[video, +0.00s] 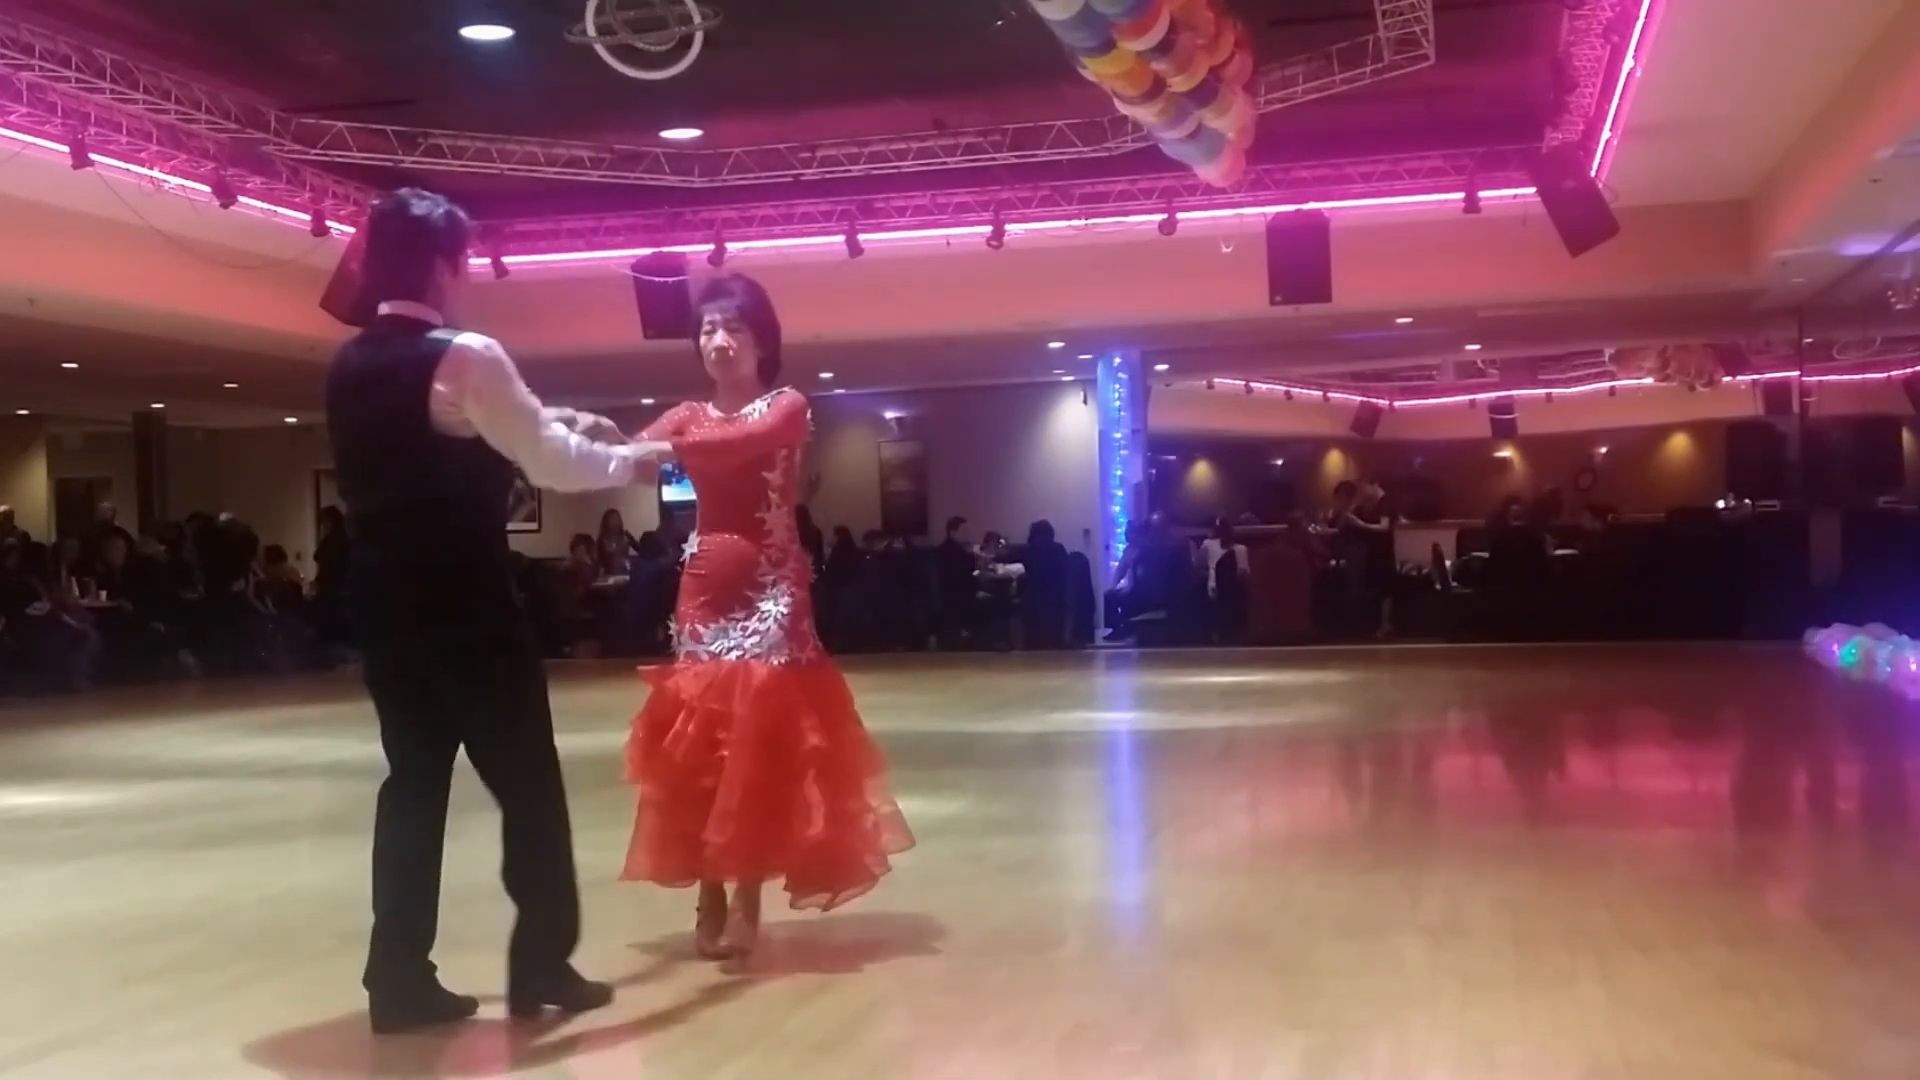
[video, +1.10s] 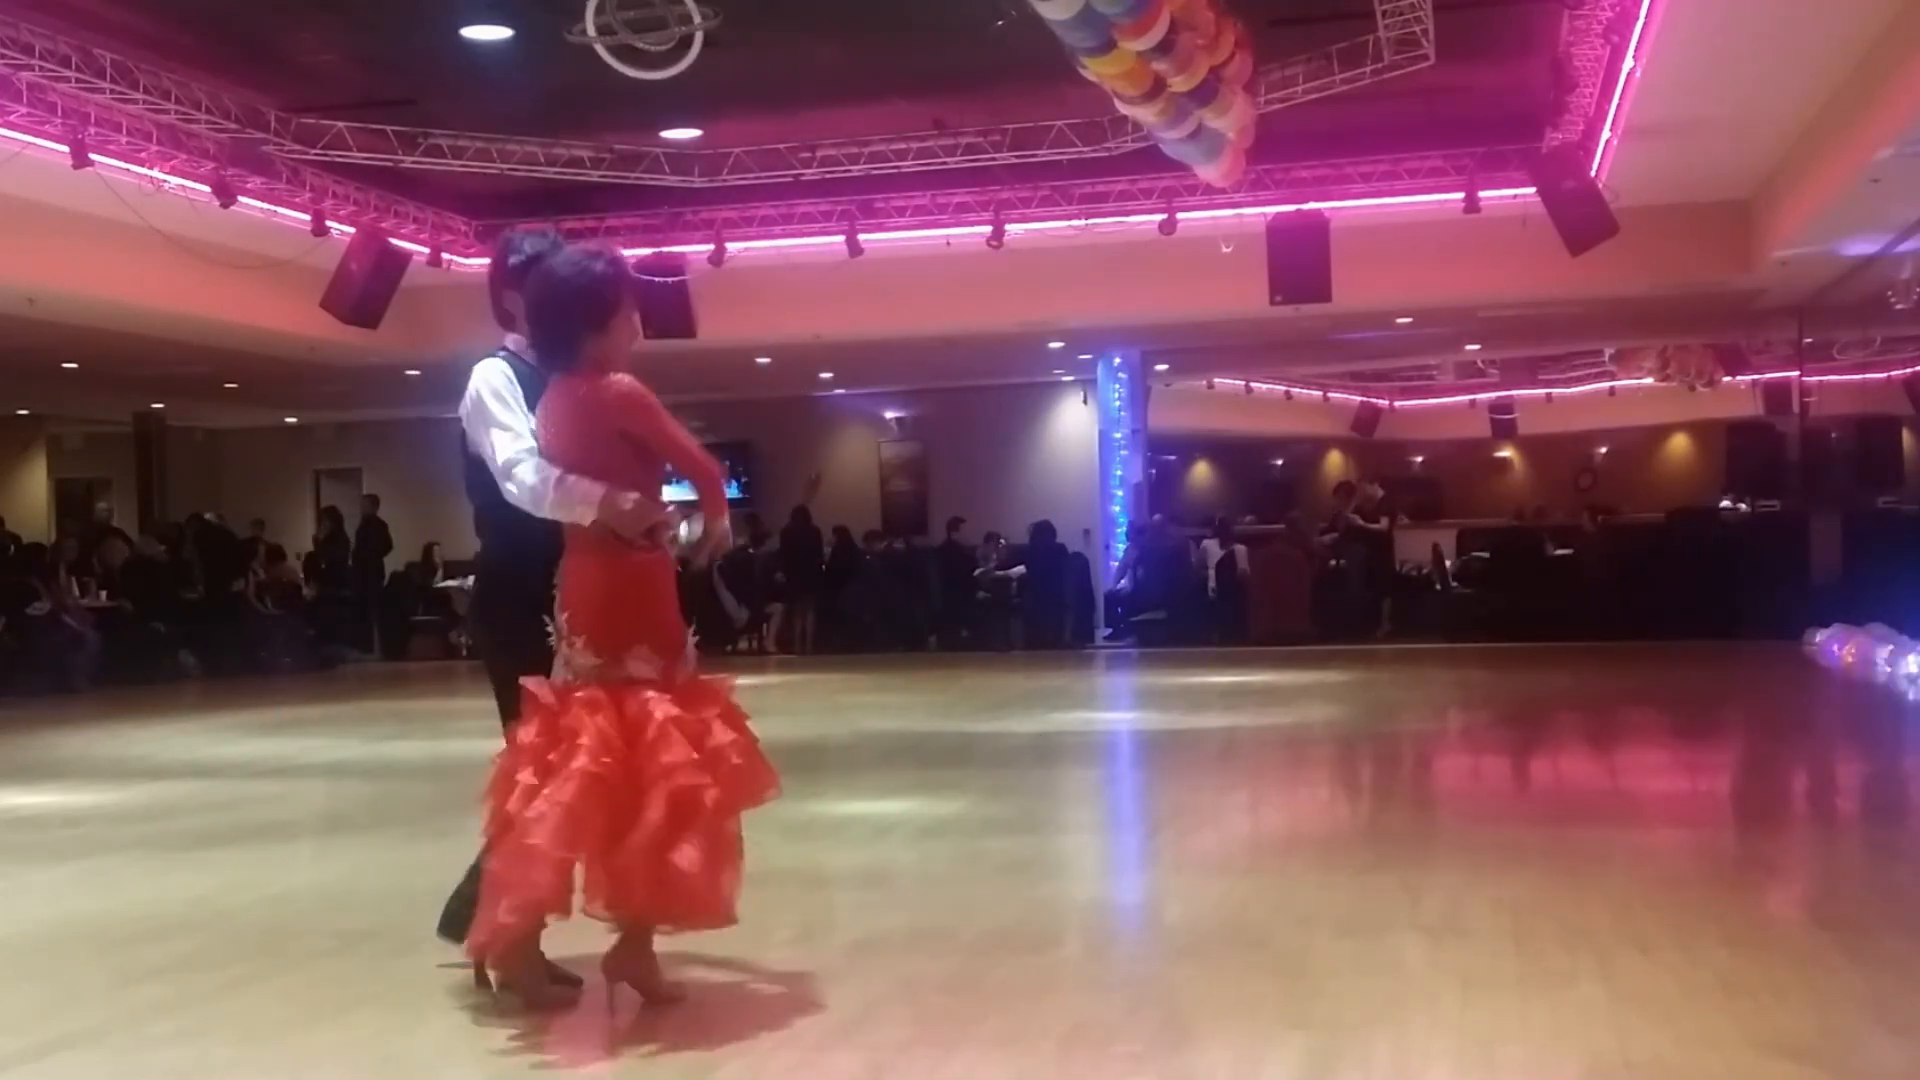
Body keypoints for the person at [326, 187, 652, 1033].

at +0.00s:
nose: (469, 273)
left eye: (464, 256)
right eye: (462, 258)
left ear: (383, 262)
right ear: (435, 263)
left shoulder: (352, 364)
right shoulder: (467, 362)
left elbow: (484, 426)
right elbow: (557, 464)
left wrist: (575, 425)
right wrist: (645, 459)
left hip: (389, 612)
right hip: (471, 610)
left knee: (413, 782)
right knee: (530, 784)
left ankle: (399, 983)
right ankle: (543, 968)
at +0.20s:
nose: (480, 278)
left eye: (476, 263)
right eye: (472, 263)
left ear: (393, 272)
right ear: (440, 270)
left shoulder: (365, 369)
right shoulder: (464, 366)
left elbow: (455, 410)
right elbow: (532, 477)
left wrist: (524, 341)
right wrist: (623, 485)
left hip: (400, 608)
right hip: (481, 607)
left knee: (412, 783)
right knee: (529, 776)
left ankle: (400, 985)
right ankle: (515, 948)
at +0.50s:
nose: (520, 282)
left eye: (514, 269)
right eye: (508, 270)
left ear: (447, 284)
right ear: (469, 281)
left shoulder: (435, 364)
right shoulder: (479, 371)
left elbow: (540, 325)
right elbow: (508, 488)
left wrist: (595, 244)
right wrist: (627, 496)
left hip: (455, 591)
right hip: (511, 596)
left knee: (475, 764)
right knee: (534, 774)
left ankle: (411, 924)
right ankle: (504, 945)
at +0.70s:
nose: (536, 282)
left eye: (532, 268)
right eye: (521, 270)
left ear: (487, 283)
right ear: (470, 281)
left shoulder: (505, 363)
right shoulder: (469, 370)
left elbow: (589, 368)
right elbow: (507, 483)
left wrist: (658, 318)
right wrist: (623, 481)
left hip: (536, 586)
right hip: (511, 591)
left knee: (531, 753)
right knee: (535, 757)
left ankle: (462, 914)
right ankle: (497, 947)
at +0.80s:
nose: (543, 277)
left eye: (539, 264)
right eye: (525, 268)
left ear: (516, 281)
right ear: (474, 283)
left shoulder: (550, 372)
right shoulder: (468, 374)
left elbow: (620, 433)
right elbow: (525, 473)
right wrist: (639, 481)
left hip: (560, 582)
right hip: (512, 590)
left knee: (547, 745)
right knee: (544, 746)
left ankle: (486, 905)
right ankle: (499, 943)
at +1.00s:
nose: (554, 295)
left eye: (556, 279)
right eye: (539, 281)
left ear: (541, 287)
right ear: (500, 289)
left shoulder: (561, 373)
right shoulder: (485, 373)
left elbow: (615, 448)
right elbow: (527, 467)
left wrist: (668, 493)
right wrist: (624, 490)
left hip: (576, 584)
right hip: (520, 593)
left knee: (564, 760)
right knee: (541, 762)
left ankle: (510, 919)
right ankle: (489, 920)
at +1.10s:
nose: (641, 320)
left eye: (635, 307)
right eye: (631, 309)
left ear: (555, 327)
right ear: (606, 321)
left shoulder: (553, 401)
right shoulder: (623, 396)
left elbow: (601, 479)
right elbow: (703, 467)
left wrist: (657, 517)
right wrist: (717, 528)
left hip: (578, 577)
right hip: (636, 578)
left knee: (577, 756)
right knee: (651, 759)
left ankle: (511, 923)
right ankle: (636, 941)